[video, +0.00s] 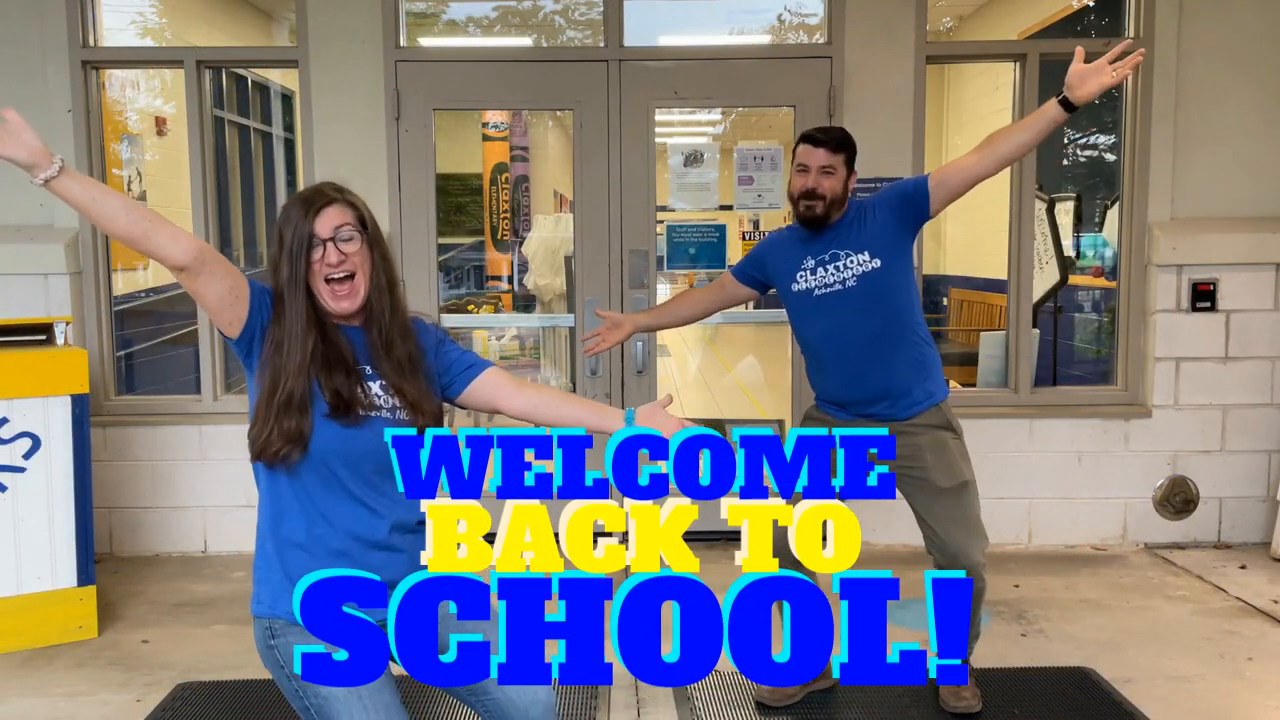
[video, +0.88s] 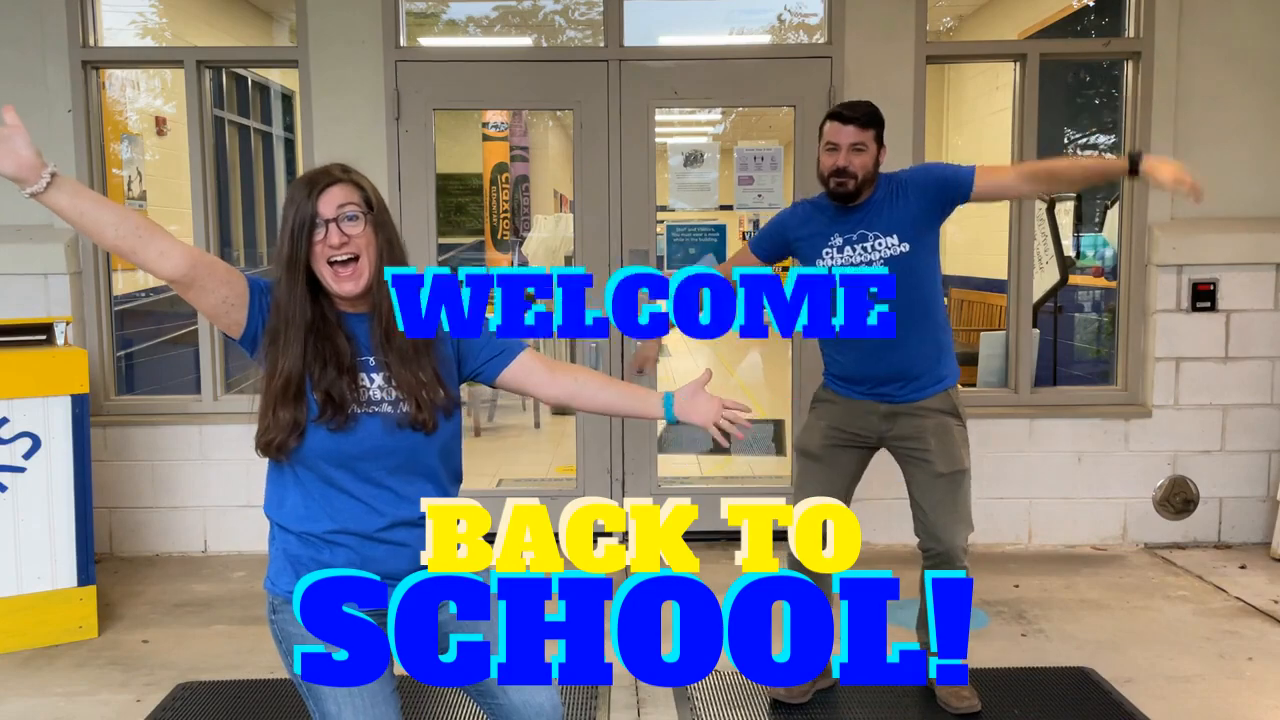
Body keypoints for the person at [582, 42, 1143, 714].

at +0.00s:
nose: (810, 181)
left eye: (825, 171)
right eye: (801, 170)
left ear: (850, 178)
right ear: (789, 177)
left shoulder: (893, 209)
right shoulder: (776, 251)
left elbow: (984, 159)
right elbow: (707, 297)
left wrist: (1068, 99)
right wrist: (635, 321)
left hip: (921, 421)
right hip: (833, 424)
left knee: (964, 556)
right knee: (796, 546)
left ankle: (955, 667)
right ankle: (806, 662)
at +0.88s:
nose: (839, 161)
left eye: (853, 151)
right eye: (829, 149)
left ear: (879, 153)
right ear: (818, 151)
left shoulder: (922, 189)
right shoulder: (799, 221)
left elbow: (1028, 179)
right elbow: (722, 277)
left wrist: (1131, 165)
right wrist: (656, 333)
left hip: (927, 404)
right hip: (840, 403)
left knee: (946, 545)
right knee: (807, 537)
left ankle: (948, 668)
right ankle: (809, 663)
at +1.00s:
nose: (849, 170)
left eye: (863, 158)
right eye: (838, 158)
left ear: (887, 165)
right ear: (824, 164)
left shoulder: (931, 215)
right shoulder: (805, 236)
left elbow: (1025, 261)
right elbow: (763, 319)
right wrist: (721, 389)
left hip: (934, 413)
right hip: (849, 412)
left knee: (951, 552)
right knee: (813, 537)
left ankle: (947, 663)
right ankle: (807, 656)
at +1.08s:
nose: (855, 175)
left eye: (869, 164)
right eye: (844, 164)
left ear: (892, 170)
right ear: (831, 171)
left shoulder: (938, 231)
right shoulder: (811, 245)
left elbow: (984, 320)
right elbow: (804, 338)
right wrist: (785, 423)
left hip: (939, 419)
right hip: (850, 419)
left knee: (954, 555)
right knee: (817, 544)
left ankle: (949, 670)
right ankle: (808, 661)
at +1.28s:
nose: (846, 155)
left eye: (860, 143)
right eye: (835, 144)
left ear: (885, 152)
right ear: (821, 153)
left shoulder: (930, 213)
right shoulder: (801, 222)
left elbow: (974, 296)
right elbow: (765, 294)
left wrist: (992, 387)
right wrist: (746, 359)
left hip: (920, 410)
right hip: (829, 406)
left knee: (944, 546)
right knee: (786, 519)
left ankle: (950, 667)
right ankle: (795, 651)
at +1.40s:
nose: (819, 145)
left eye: (833, 132)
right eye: (807, 134)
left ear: (858, 138)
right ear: (794, 145)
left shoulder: (905, 194)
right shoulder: (773, 212)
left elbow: (975, 266)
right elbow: (723, 276)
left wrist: (1013, 348)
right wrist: (686, 336)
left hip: (898, 398)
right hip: (810, 394)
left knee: (933, 529)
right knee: (763, 523)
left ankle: (942, 657)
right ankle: (720, 663)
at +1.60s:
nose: (750, 152)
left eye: (761, 138)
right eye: (736, 144)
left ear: (788, 142)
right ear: (725, 156)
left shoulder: (833, 199)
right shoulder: (715, 221)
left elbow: (917, 252)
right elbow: (647, 297)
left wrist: (968, 326)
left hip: (840, 412)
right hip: (751, 412)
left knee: (899, 542)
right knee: (708, 548)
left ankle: (940, 657)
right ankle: (678, 690)